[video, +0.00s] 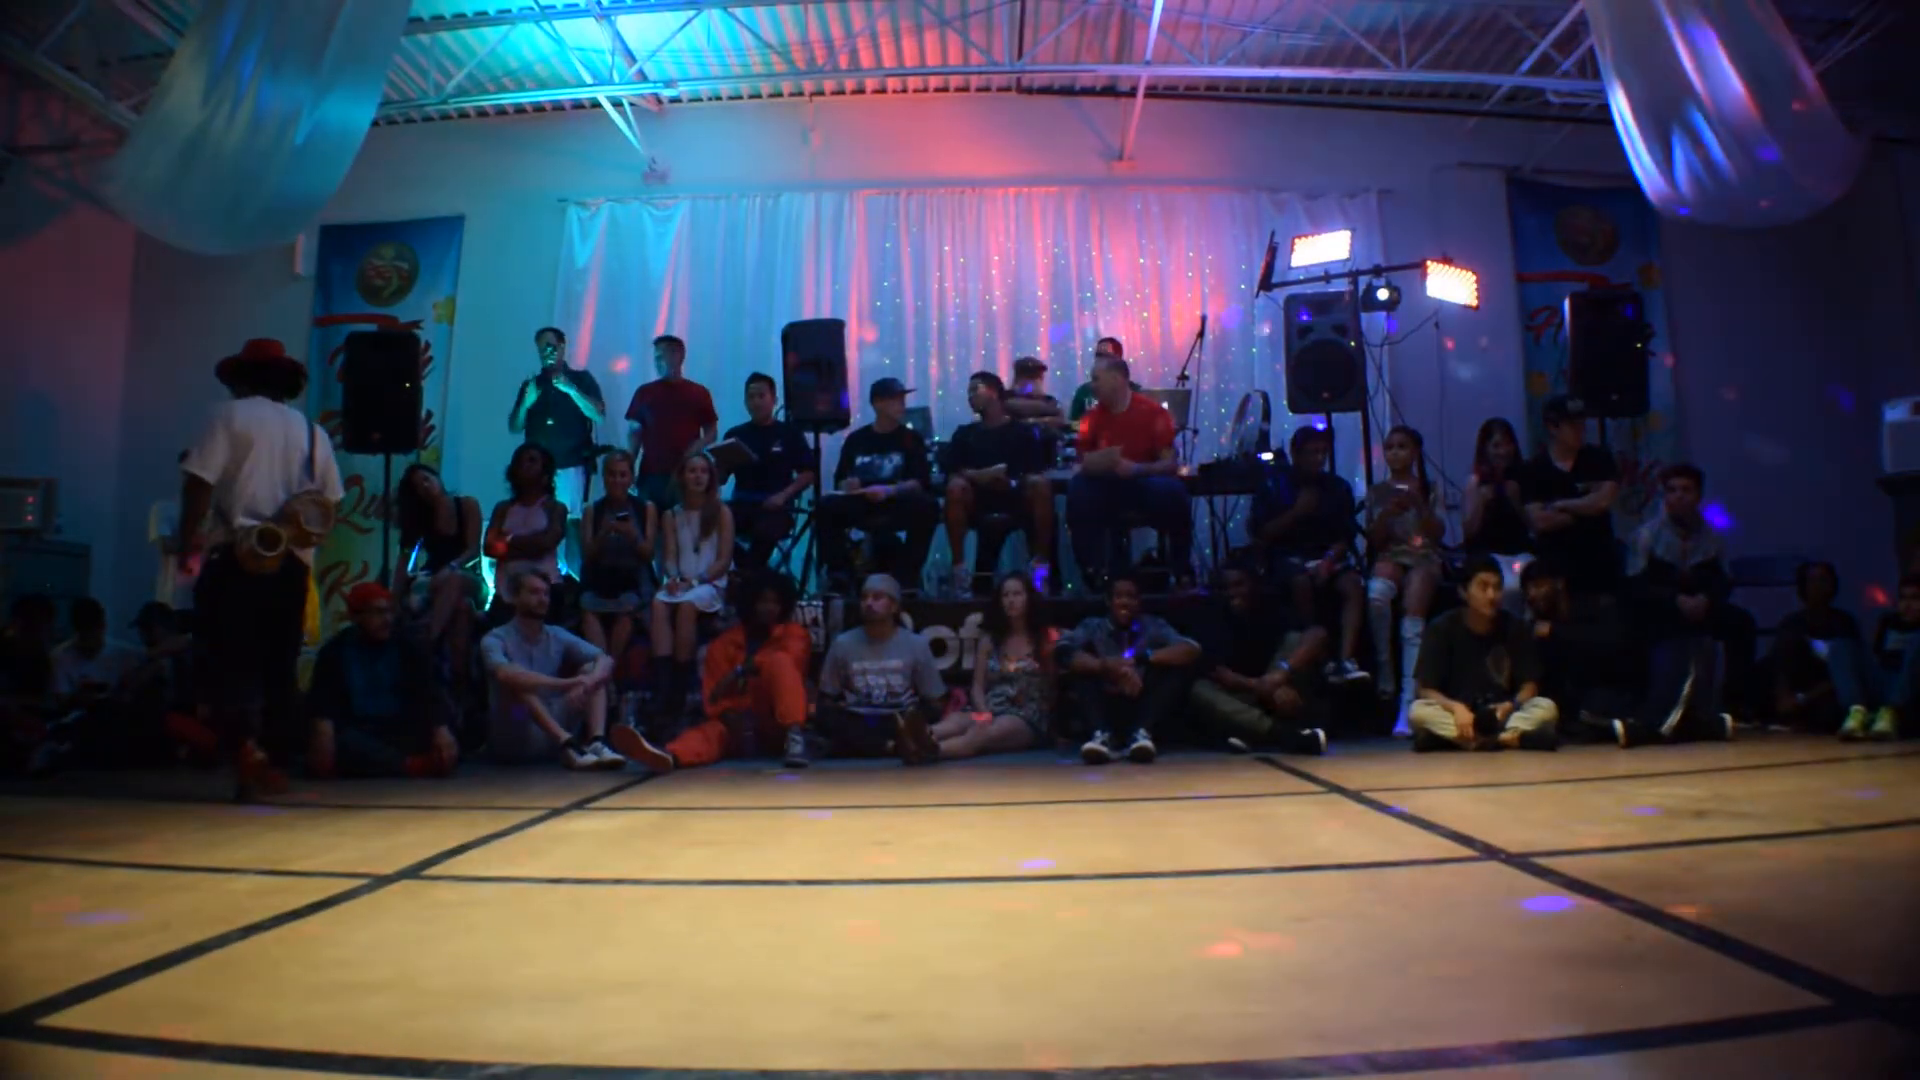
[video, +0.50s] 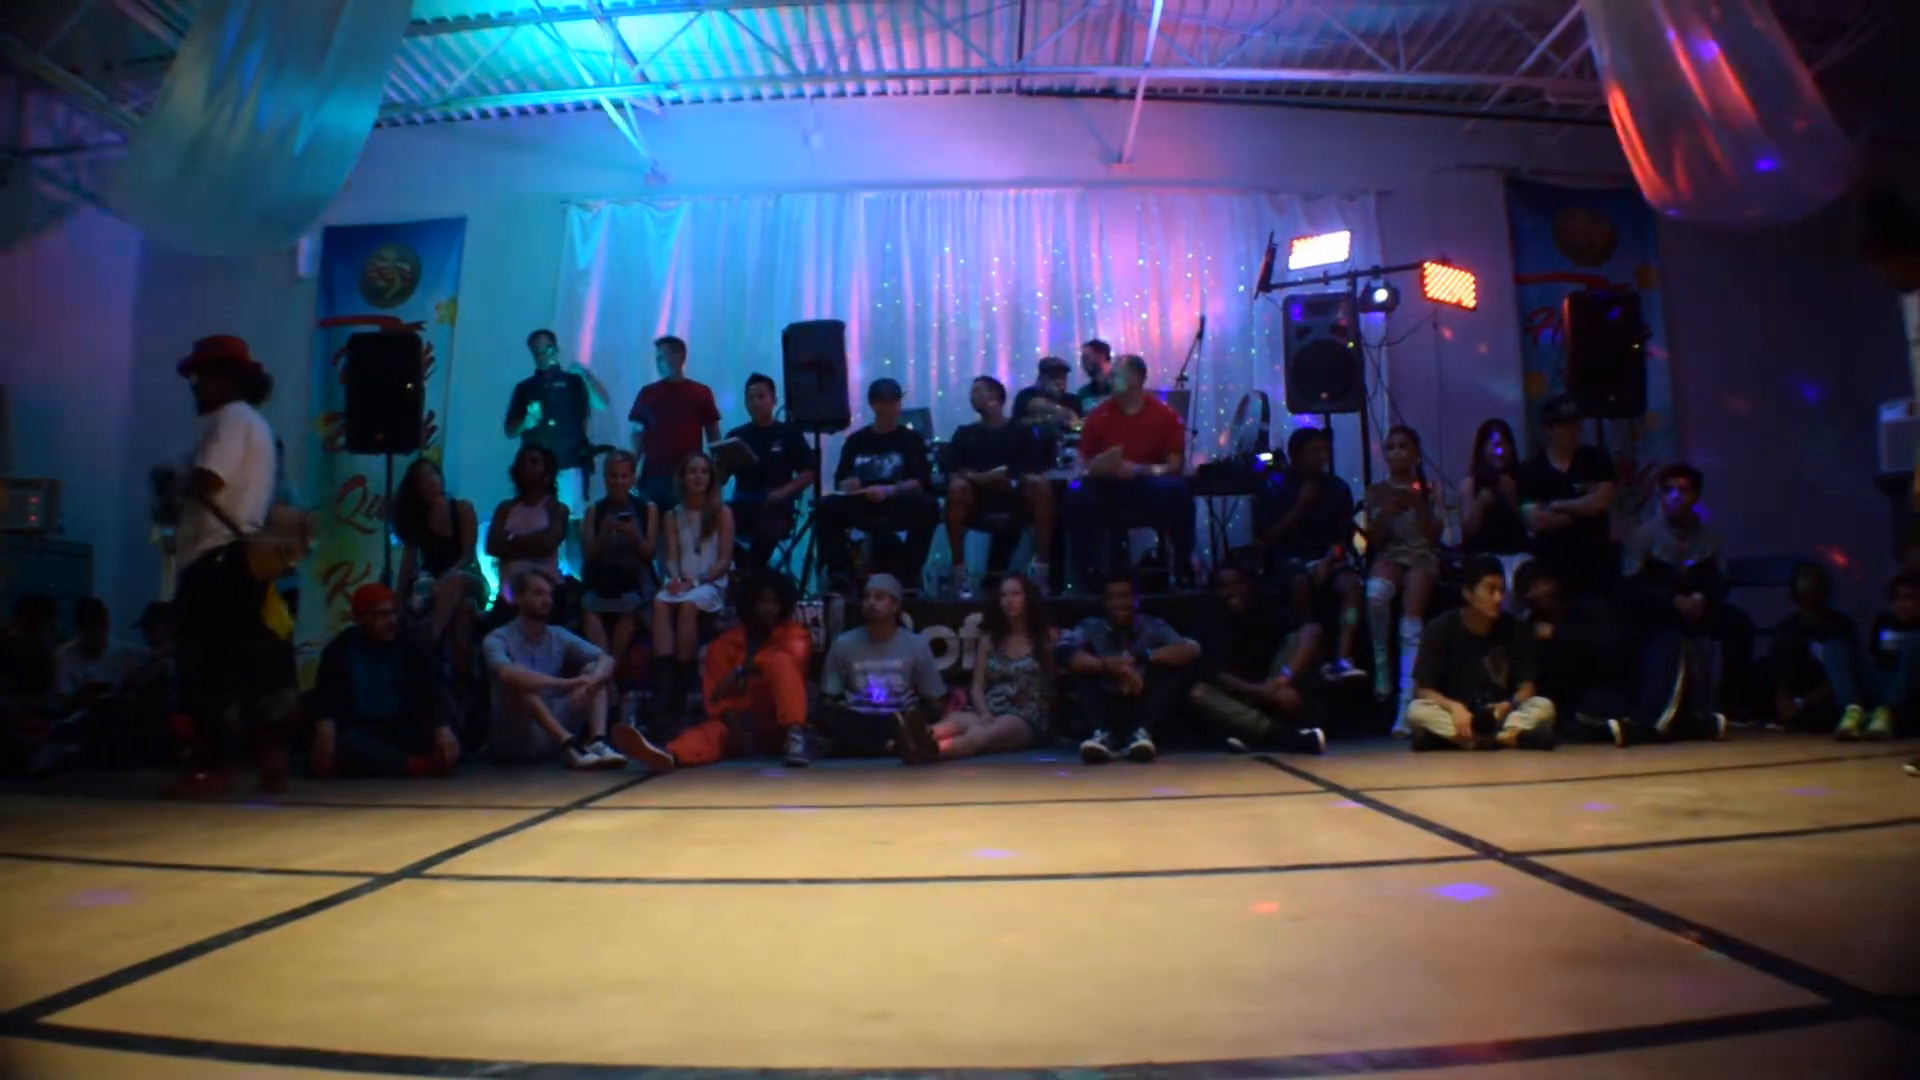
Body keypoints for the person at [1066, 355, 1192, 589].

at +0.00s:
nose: (1092, 386)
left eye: (1097, 379)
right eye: (1092, 380)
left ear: (1119, 380)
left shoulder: (1153, 413)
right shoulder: (1092, 418)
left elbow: (1169, 463)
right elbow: (1083, 460)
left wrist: (1134, 468)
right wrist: (1102, 460)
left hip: (1143, 482)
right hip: (1106, 482)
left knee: (1174, 493)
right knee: (1079, 490)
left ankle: (1181, 569)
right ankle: (1091, 570)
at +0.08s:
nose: (1096, 385)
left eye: (1101, 378)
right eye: (1096, 379)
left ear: (1124, 379)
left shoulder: (1155, 413)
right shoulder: (1093, 417)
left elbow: (1169, 463)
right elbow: (1085, 463)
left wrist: (1132, 468)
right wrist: (1103, 462)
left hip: (1144, 482)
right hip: (1106, 483)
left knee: (1173, 493)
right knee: (1079, 493)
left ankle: (1181, 569)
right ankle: (1092, 571)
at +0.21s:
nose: (1102, 380)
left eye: (1109, 374)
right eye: (1101, 375)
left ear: (1130, 377)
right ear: (1099, 380)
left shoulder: (1158, 414)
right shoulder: (1096, 416)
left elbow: (1170, 464)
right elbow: (1082, 461)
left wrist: (1133, 468)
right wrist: (1100, 463)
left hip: (1145, 482)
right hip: (1107, 482)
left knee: (1176, 492)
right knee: (1079, 494)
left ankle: (1181, 567)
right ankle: (1091, 572)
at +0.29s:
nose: (1104, 380)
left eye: (1110, 375)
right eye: (1104, 375)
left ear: (1132, 379)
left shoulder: (1162, 415)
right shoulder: (1097, 416)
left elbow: (1172, 465)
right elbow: (1083, 461)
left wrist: (1134, 469)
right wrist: (1100, 464)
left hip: (1146, 482)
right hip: (1107, 483)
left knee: (1177, 493)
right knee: (1079, 496)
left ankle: (1182, 568)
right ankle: (1091, 572)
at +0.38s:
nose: (1104, 380)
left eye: (1111, 375)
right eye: (1104, 375)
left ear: (1133, 379)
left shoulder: (1163, 416)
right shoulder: (1096, 416)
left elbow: (1173, 465)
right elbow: (1083, 463)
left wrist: (1134, 469)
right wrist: (1100, 464)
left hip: (1147, 483)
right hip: (1107, 483)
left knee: (1178, 494)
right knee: (1081, 498)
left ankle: (1182, 568)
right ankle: (1090, 574)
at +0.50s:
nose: (1115, 381)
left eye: (1121, 375)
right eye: (1113, 375)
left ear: (1139, 379)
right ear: (1110, 380)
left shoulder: (1165, 417)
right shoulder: (1098, 417)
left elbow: (1174, 466)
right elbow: (1083, 464)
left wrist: (1136, 469)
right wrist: (1099, 467)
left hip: (1147, 485)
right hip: (1108, 485)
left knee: (1177, 492)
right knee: (1078, 495)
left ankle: (1182, 570)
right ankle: (1083, 575)